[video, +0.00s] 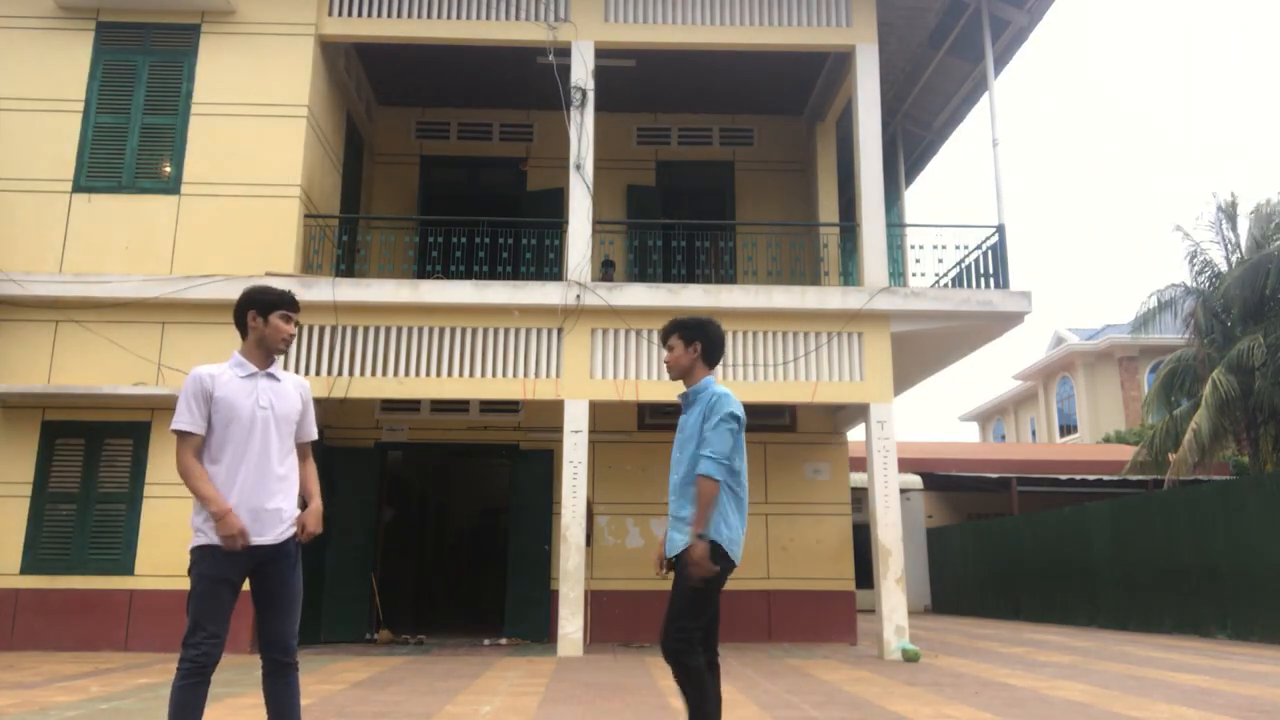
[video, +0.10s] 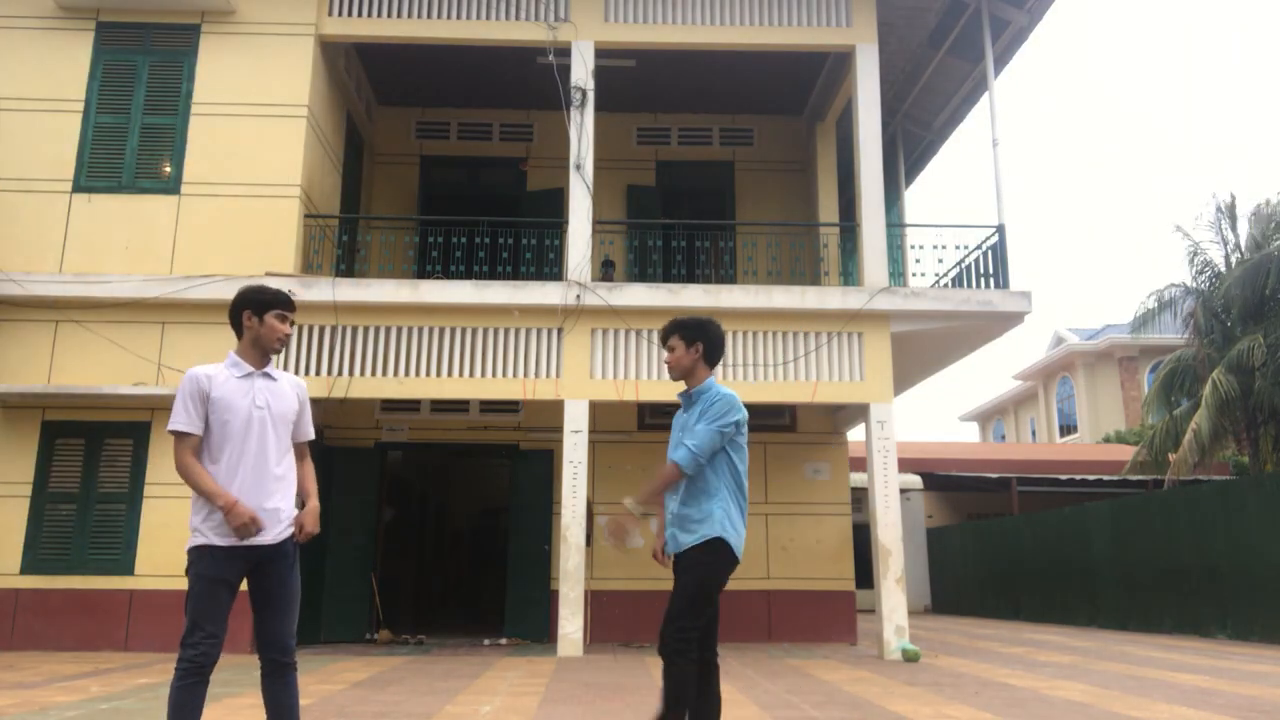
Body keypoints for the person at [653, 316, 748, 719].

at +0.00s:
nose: (665, 356)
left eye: (671, 348)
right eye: (665, 348)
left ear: (696, 350)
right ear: (690, 353)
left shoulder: (720, 402)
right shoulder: (695, 406)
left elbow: (710, 474)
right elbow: (687, 480)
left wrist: (699, 535)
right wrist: (669, 538)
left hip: (709, 542)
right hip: (692, 542)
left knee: (678, 641)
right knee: (701, 647)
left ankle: (705, 713)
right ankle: (707, 714)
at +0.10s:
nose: (666, 357)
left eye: (672, 349)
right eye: (665, 349)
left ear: (698, 351)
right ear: (688, 353)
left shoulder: (724, 402)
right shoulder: (685, 411)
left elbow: (682, 465)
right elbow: (677, 477)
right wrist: (662, 530)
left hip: (713, 538)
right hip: (688, 541)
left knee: (676, 643)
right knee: (700, 649)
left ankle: (674, 714)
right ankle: (704, 715)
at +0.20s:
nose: (667, 357)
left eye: (673, 349)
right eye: (666, 350)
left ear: (700, 350)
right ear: (692, 353)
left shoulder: (727, 401)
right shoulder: (681, 412)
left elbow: (680, 445)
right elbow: (657, 459)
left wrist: (612, 450)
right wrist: (646, 485)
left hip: (715, 538)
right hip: (688, 540)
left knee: (670, 638)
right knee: (701, 651)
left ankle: (646, 712)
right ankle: (705, 716)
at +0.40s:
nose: (667, 354)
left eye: (675, 345)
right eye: (666, 346)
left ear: (702, 347)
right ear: (684, 351)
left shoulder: (728, 402)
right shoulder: (677, 407)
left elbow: (684, 451)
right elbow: (632, 450)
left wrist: (654, 416)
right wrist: (612, 415)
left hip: (712, 535)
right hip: (685, 538)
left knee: (663, 631)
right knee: (698, 651)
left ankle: (634, 715)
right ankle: (705, 719)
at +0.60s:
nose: (672, 352)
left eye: (679, 343)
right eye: (671, 345)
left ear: (708, 345)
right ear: (681, 349)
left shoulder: (734, 403)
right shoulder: (678, 409)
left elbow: (725, 466)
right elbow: (624, 435)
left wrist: (660, 470)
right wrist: (570, 401)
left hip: (710, 536)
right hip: (680, 538)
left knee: (691, 643)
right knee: (686, 644)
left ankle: (698, 717)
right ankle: (693, 715)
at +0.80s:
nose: (689, 350)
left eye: (696, 340)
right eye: (688, 342)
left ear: (724, 341)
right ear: (706, 346)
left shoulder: (749, 399)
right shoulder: (695, 405)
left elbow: (728, 458)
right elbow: (638, 423)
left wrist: (674, 445)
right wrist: (580, 400)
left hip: (727, 542)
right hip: (693, 544)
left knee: (735, 647)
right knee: (679, 649)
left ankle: (769, 716)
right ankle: (694, 719)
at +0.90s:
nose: (697, 346)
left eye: (703, 337)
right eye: (695, 338)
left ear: (731, 337)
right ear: (719, 341)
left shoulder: (748, 390)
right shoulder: (716, 397)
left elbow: (704, 446)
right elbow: (664, 438)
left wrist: (672, 418)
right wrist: (601, 420)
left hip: (748, 539)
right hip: (720, 541)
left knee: (750, 652)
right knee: (693, 644)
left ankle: (777, 719)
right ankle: (696, 718)